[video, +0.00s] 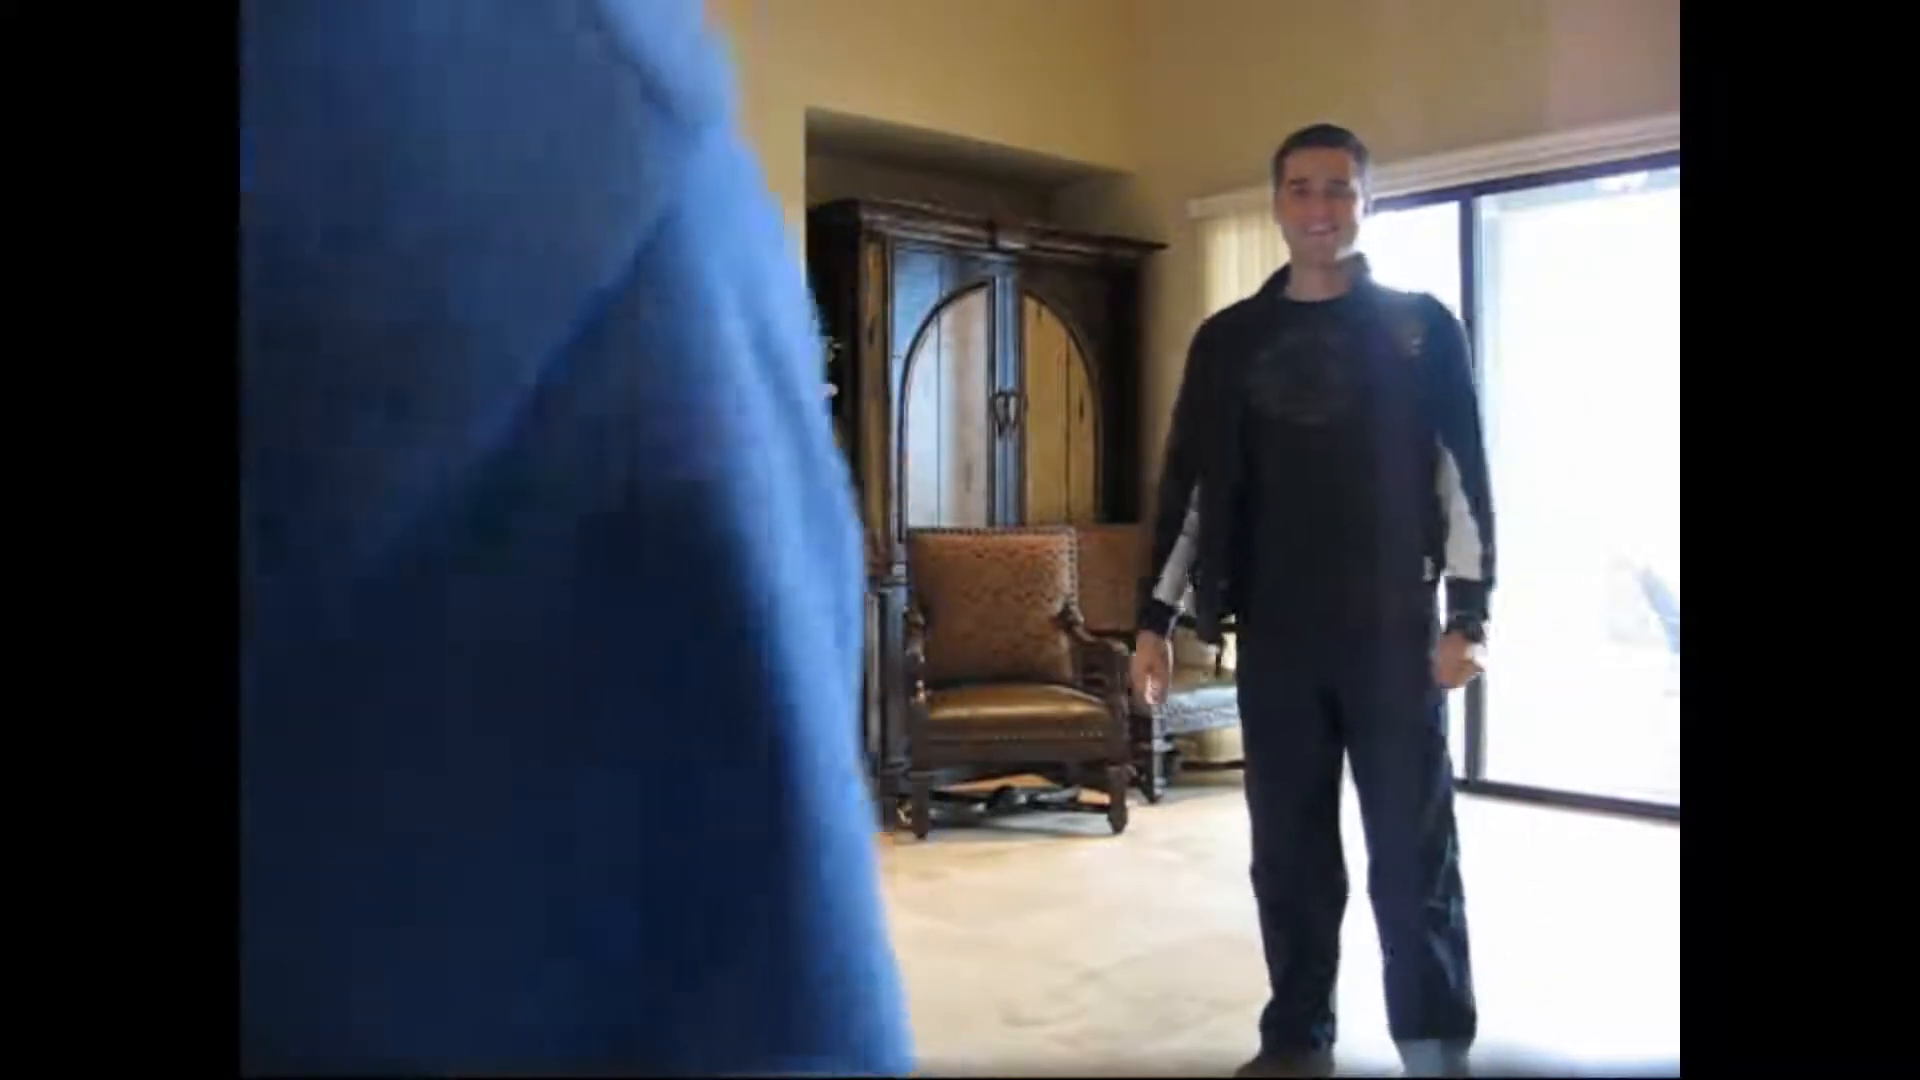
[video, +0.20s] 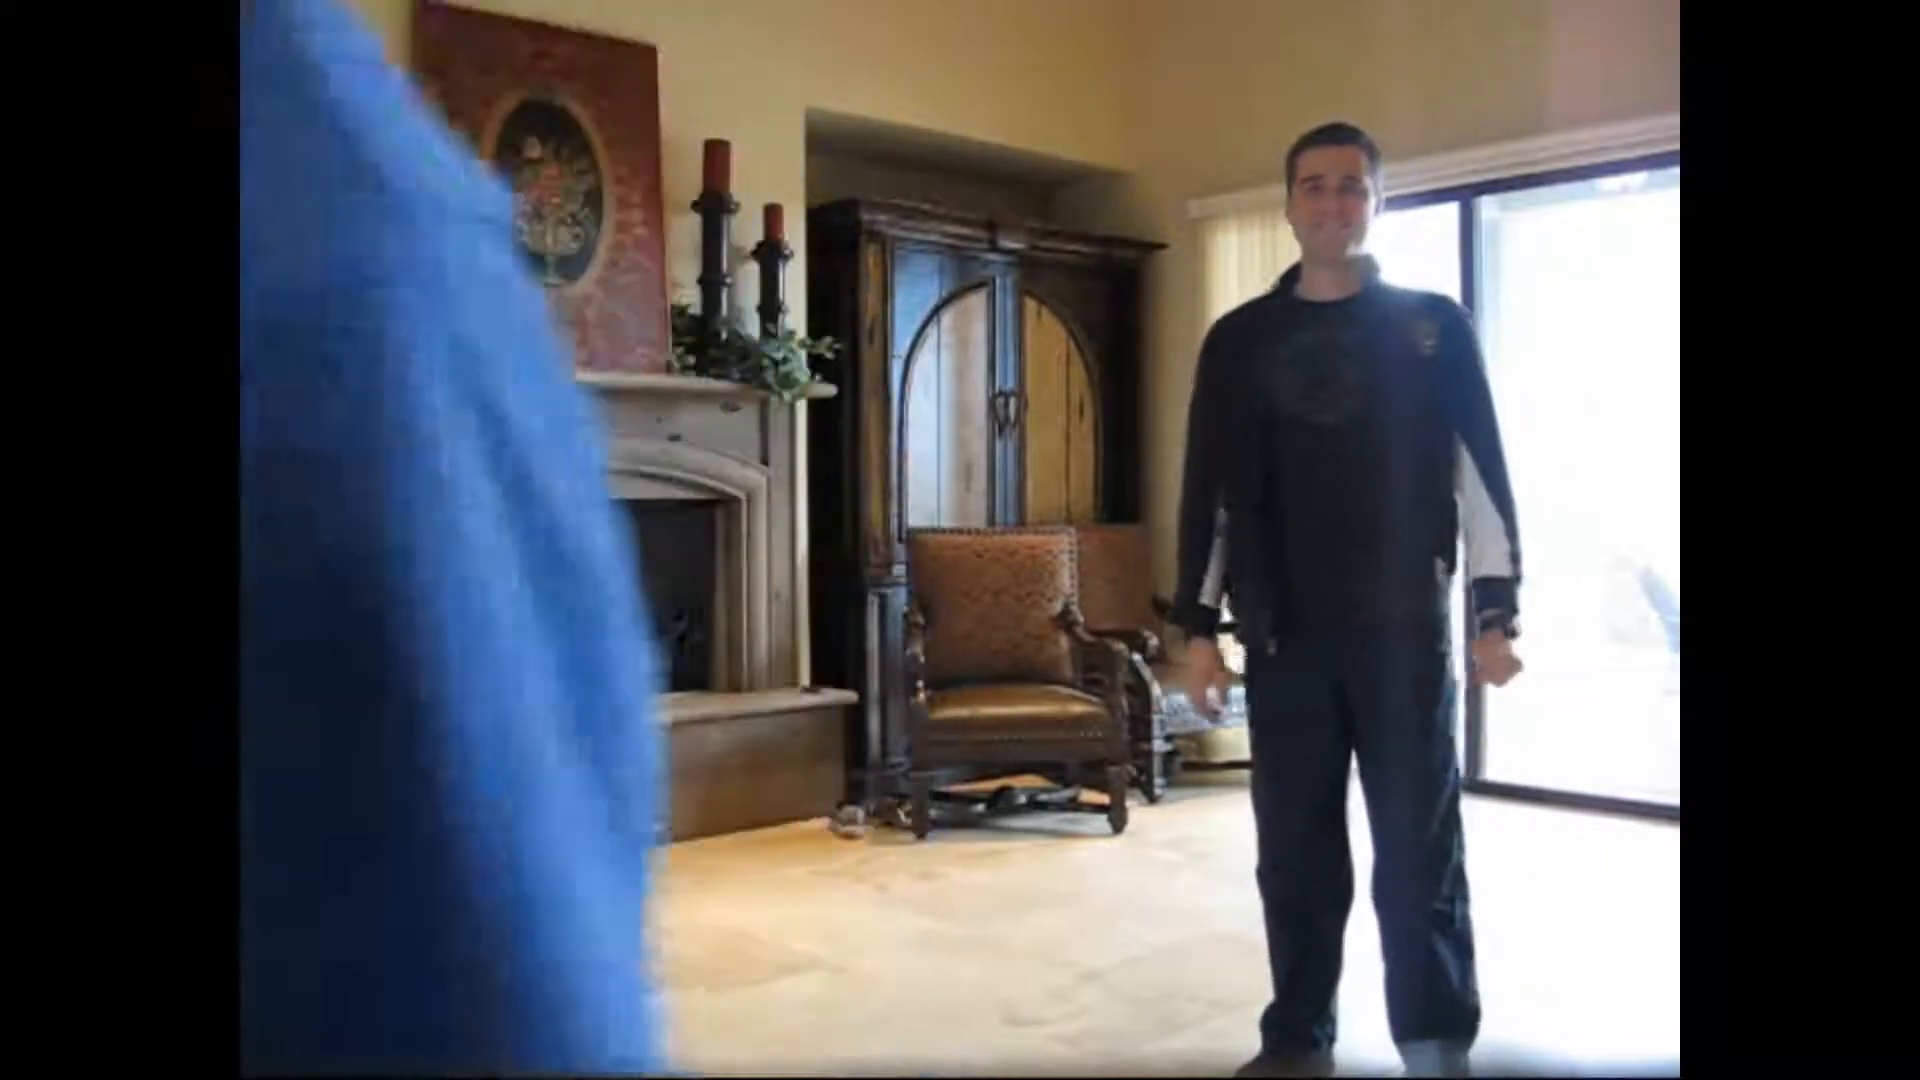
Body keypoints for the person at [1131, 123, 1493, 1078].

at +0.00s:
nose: (1319, 204)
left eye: (1337, 188)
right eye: (1301, 188)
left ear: (1366, 203)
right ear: (1276, 204)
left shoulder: (1420, 326)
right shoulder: (1226, 338)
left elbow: (1464, 477)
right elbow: (1185, 486)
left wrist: (1467, 616)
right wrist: (1155, 619)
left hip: (1392, 634)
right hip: (1276, 636)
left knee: (1414, 861)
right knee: (1287, 856)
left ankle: (1439, 1055)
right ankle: (1295, 1041)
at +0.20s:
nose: (1332, 202)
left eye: (1350, 185)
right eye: (1314, 186)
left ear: (1377, 202)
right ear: (1287, 203)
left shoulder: (1430, 323)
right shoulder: (1236, 338)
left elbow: (1483, 476)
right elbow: (1202, 487)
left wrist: (1494, 610)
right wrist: (1193, 620)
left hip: (1403, 630)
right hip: (1282, 633)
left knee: (1419, 852)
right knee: (1293, 851)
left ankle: (1437, 1049)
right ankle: (1296, 1039)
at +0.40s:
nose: (1343, 197)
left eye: (1360, 181)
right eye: (1325, 182)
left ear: (1388, 198)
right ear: (1298, 200)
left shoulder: (1447, 323)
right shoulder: (1248, 336)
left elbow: (1501, 475)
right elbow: (1215, 488)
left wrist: (1515, 610)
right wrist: (1221, 620)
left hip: (1419, 631)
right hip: (1293, 635)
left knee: (1427, 855)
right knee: (1298, 853)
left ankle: (1440, 1052)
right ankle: (1296, 1038)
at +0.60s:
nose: (1335, 202)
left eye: (1353, 185)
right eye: (1317, 187)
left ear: (1386, 199)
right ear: (1295, 204)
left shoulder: (1453, 326)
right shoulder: (1255, 337)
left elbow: (1506, 480)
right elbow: (1215, 481)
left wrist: (1499, 612)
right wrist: (1197, 610)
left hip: (1416, 630)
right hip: (1286, 631)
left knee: (1425, 857)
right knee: (1258, 838)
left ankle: (1438, 1054)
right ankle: (1266, 1028)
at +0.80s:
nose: (1301, 206)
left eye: (1319, 187)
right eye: (1283, 191)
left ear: (1355, 199)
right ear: (1265, 207)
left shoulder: (1420, 327)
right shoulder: (1223, 345)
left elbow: (1471, 483)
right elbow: (1177, 491)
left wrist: (1426, 592)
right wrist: (1124, 609)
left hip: (1380, 634)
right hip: (1258, 638)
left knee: (1414, 853)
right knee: (1235, 854)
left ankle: (1440, 1053)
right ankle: (1210, 1054)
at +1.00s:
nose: (1252, 204)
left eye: (1270, 185)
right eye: (1235, 188)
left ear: (1302, 198)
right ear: (1215, 205)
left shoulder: (1359, 323)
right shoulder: (1171, 342)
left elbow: (1399, 477)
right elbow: (1114, 479)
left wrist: (1371, 610)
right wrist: (1042, 593)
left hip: (1328, 633)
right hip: (1205, 640)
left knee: (1382, 864)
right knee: (1206, 864)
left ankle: (1432, 1056)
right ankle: (1208, 1054)